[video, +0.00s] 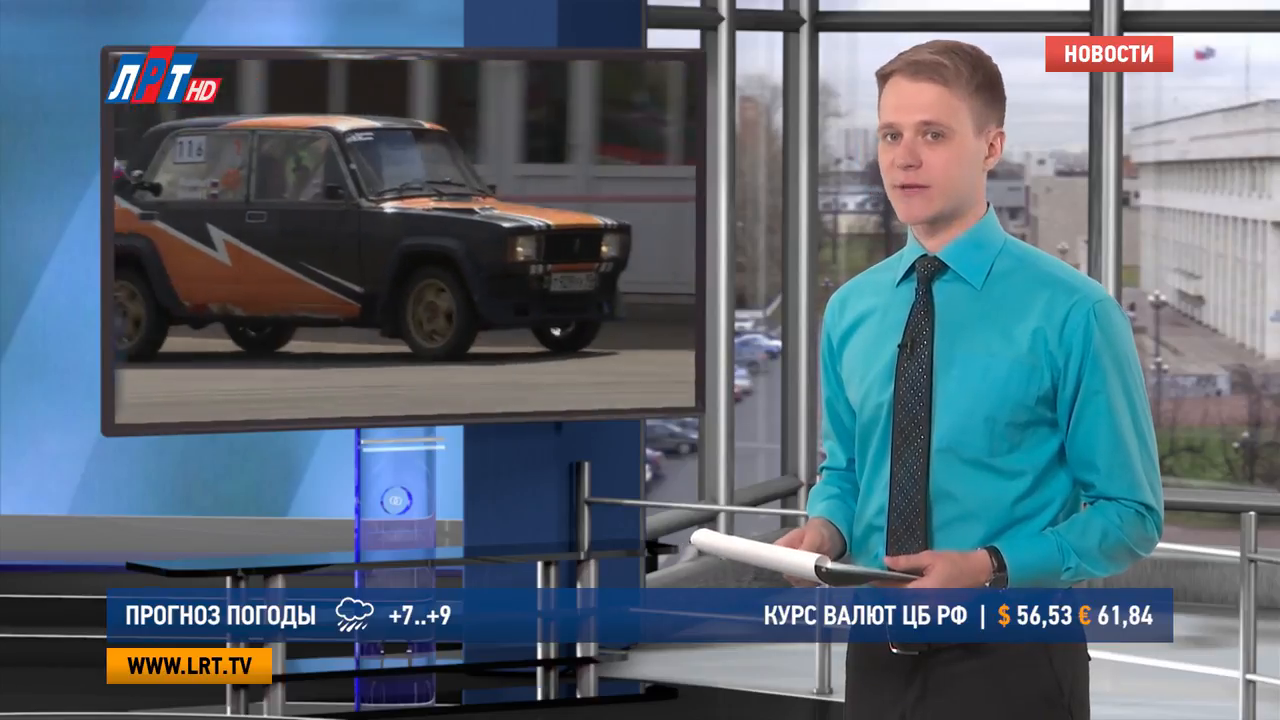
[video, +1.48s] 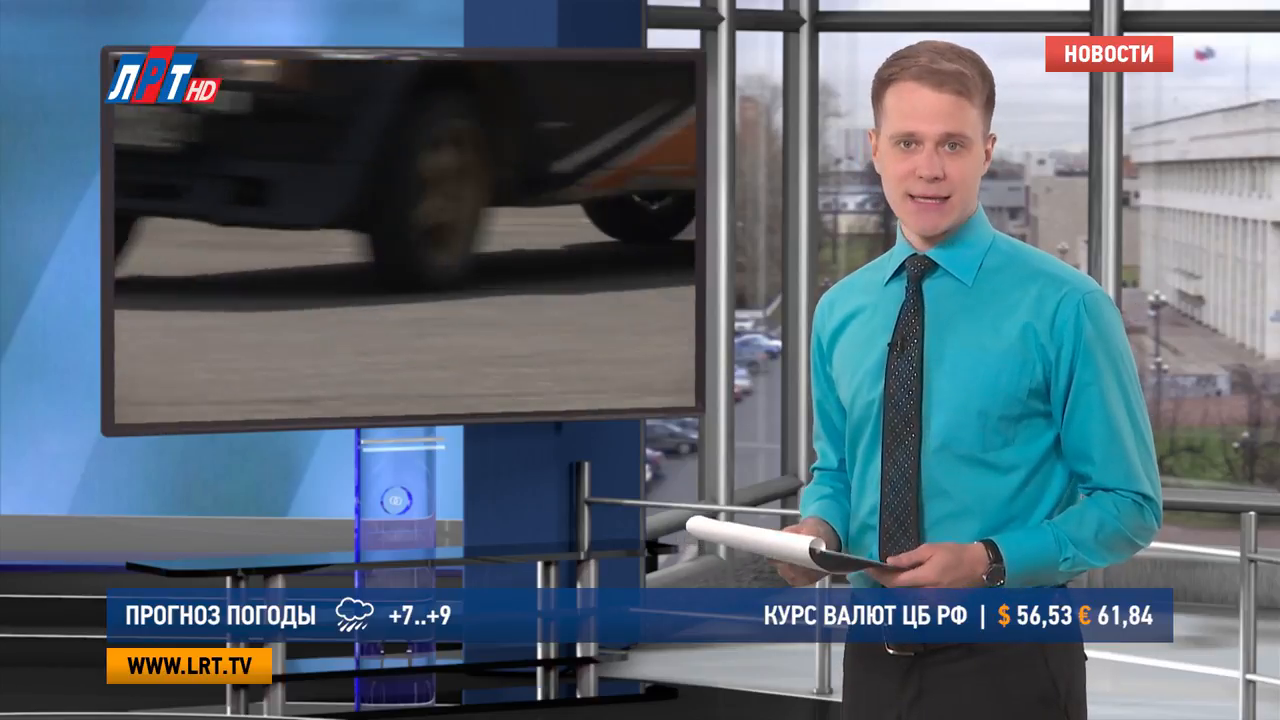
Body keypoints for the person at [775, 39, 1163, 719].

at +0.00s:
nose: (905, 158)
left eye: (933, 134)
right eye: (891, 135)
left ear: (991, 144)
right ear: (877, 145)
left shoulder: (1074, 312)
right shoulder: (850, 309)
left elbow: (1131, 512)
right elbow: (842, 470)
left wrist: (991, 566)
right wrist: (820, 533)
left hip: (1010, 659)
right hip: (877, 655)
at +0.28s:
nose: (899, 174)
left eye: (926, 148)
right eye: (884, 150)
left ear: (982, 148)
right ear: (868, 155)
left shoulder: (1072, 310)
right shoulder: (850, 311)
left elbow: (1132, 510)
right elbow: (844, 472)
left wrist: (991, 566)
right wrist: (822, 535)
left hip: (1011, 660)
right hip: (877, 656)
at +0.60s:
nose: (895, 177)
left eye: (920, 151)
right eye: (878, 154)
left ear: (976, 149)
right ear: (862, 159)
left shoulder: (1070, 310)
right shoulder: (849, 312)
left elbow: (1134, 509)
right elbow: (848, 473)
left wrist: (992, 568)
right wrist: (825, 538)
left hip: (1012, 662)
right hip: (879, 659)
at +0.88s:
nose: (904, 173)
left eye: (929, 146)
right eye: (885, 149)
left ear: (979, 149)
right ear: (867, 157)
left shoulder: (1069, 307)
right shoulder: (848, 311)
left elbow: (1131, 507)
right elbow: (845, 473)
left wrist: (989, 567)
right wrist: (822, 534)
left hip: (1012, 662)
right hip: (879, 659)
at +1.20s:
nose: (925, 165)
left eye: (949, 141)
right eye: (904, 141)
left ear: (987, 149)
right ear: (875, 150)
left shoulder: (1067, 305)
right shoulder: (843, 309)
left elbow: (1127, 505)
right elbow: (838, 471)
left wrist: (984, 563)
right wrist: (815, 531)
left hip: (1012, 659)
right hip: (878, 656)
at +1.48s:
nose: (928, 168)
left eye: (952, 143)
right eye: (907, 142)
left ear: (987, 150)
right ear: (874, 151)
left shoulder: (1065, 306)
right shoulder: (838, 310)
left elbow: (1130, 505)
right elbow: (832, 472)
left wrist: (990, 561)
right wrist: (818, 529)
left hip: (1006, 666)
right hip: (873, 665)